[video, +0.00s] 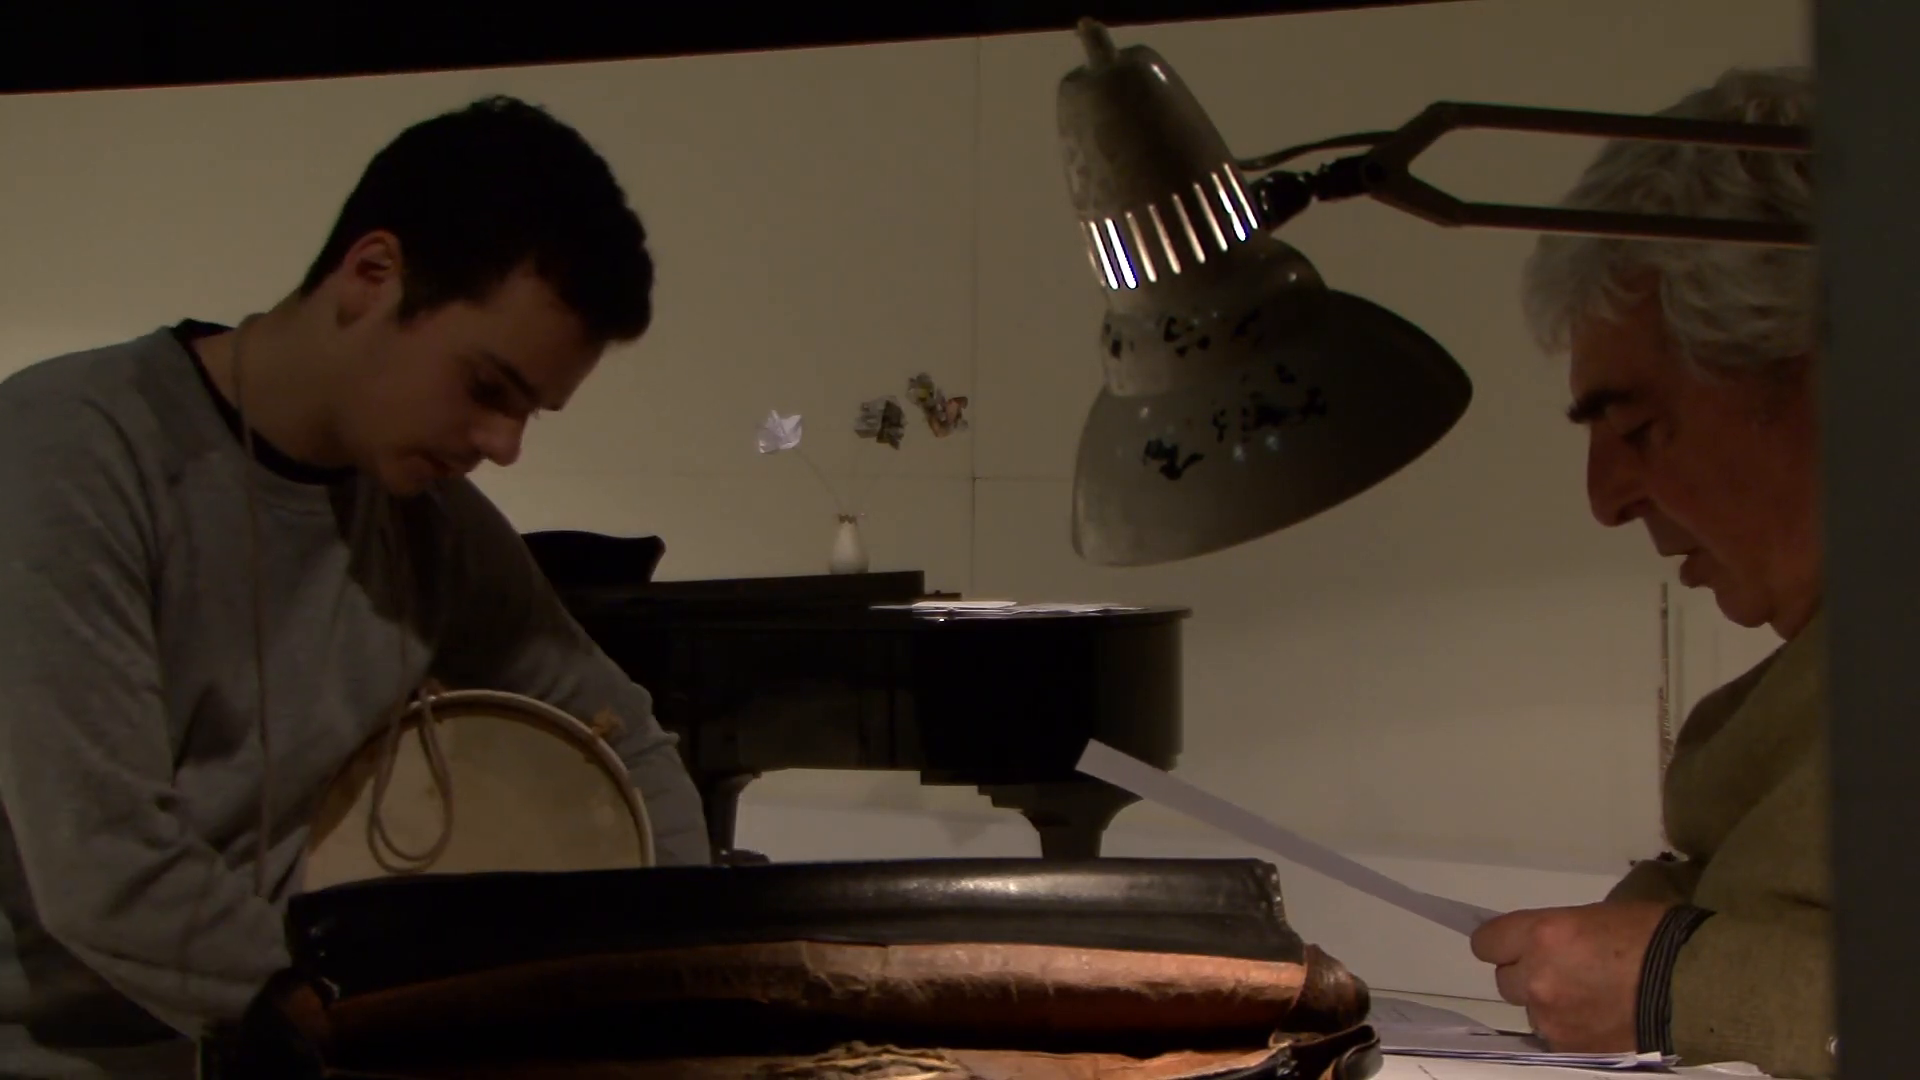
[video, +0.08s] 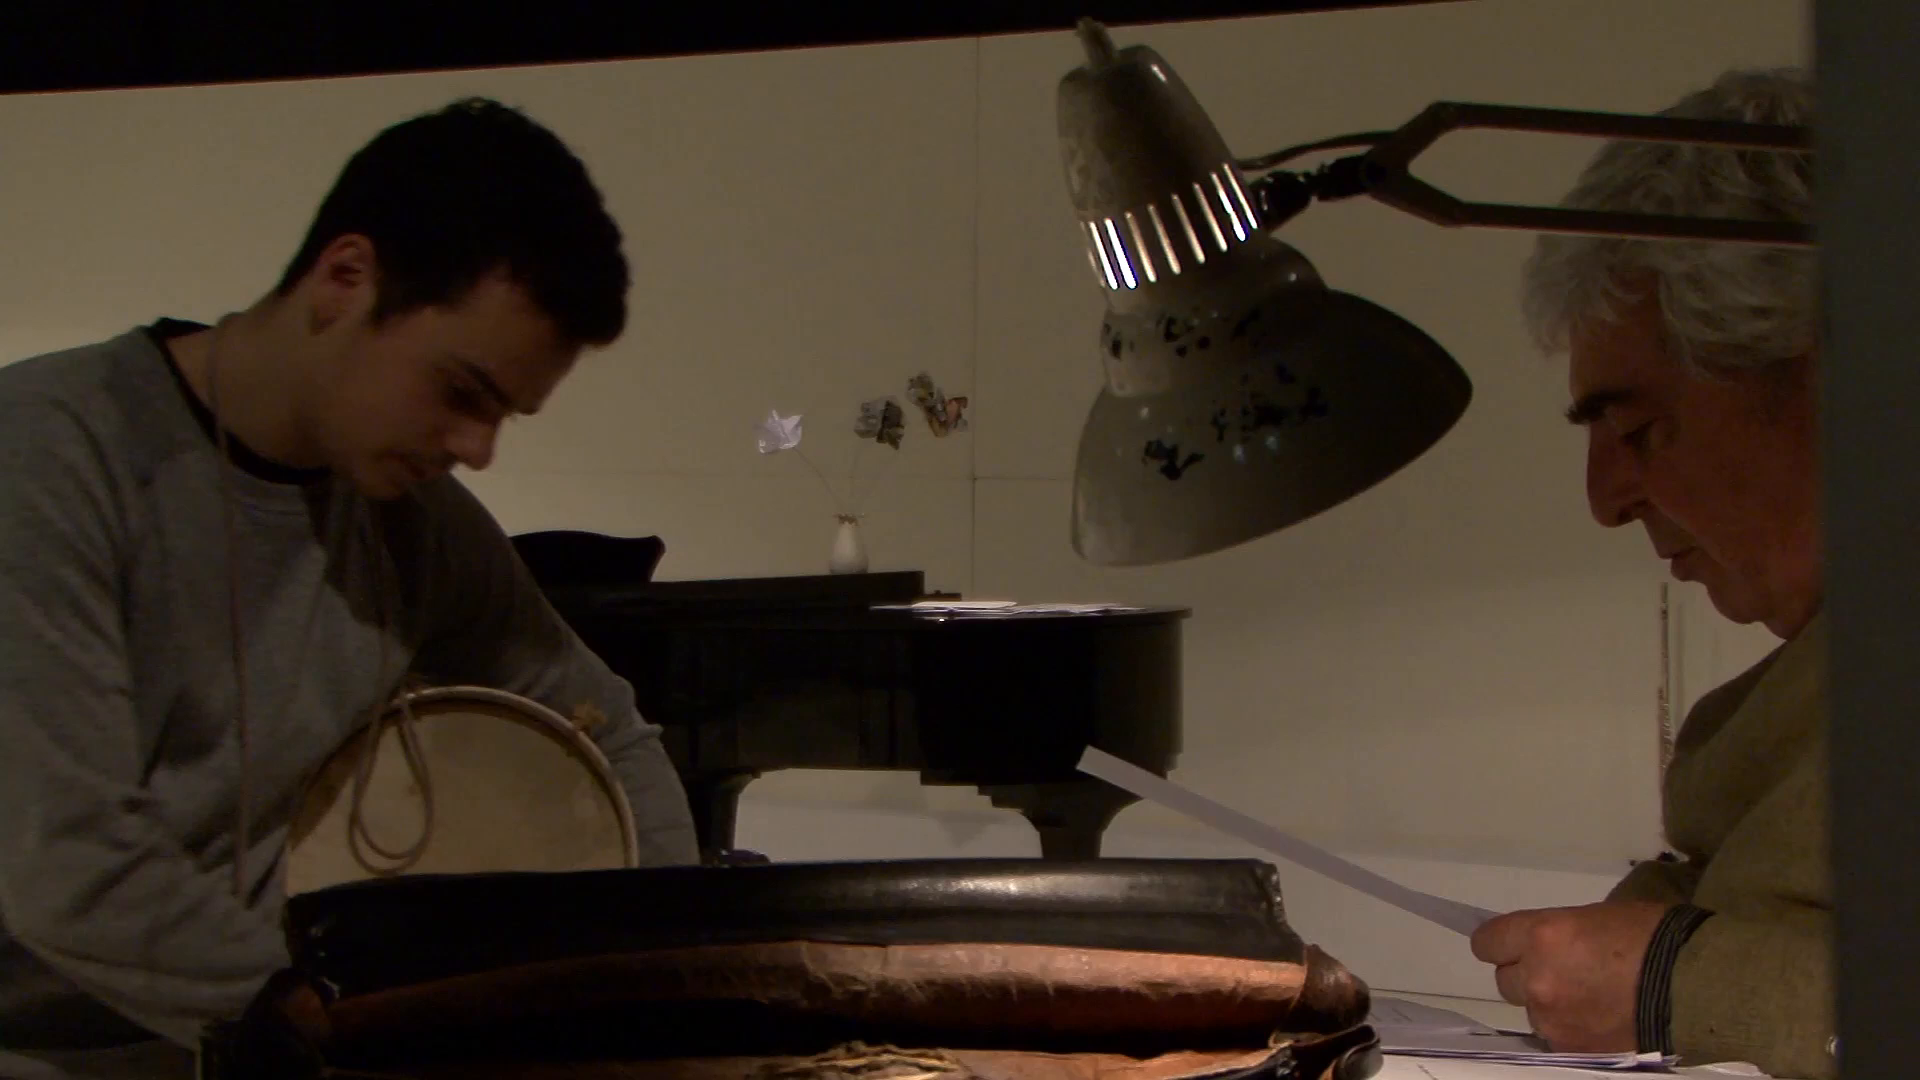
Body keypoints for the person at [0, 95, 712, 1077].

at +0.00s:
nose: (503, 448)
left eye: (527, 415)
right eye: (490, 391)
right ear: (368, 278)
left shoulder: (431, 516)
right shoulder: (56, 449)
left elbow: (623, 741)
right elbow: (102, 872)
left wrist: (672, 952)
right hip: (54, 1041)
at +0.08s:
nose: (477, 452)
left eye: (503, 417)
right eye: (465, 395)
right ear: (343, 281)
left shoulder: (414, 511)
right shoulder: (36, 450)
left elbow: (607, 736)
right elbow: (58, 867)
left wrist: (660, 949)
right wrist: (324, 1008)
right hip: (41, 1042)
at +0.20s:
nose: (409, 454)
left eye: (438, 420)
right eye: (393, 398)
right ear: (270, 283)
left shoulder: (385, 514)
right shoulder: (18, 450)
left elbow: (574, 736)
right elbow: (9, 859)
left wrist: (627, 960)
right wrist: (258, 1028)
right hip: (32, 1028)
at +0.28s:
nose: (354, 459)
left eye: (382, 423)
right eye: (333, 401)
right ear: (210, 287)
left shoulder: (346, 521)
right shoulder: (15, 468)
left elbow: (539, 730)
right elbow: (12, 932)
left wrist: (573, 972)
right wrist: (191, 1062)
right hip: (44, 1041)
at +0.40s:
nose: (262, 478)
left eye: (292, 439)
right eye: (235, 422)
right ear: (111, 307)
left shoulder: (282, 518)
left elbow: (469, 684)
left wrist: (543, 928)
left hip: (217, 1038)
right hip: (28, 1051)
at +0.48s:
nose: (205, 483)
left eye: (239, 444)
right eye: (173, 429)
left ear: (276, 401)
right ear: (48, 312)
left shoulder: (240, 505)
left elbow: (411, 650)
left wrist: (543, 868)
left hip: (134, 1047)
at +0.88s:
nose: (186, 438)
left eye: (221, 397)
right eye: (147, 386)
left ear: (250, 348)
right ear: (15, 279)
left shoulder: (228, 467)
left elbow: (394, 641)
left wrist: (608, 760)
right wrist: (72, 996)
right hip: (22, 1036)